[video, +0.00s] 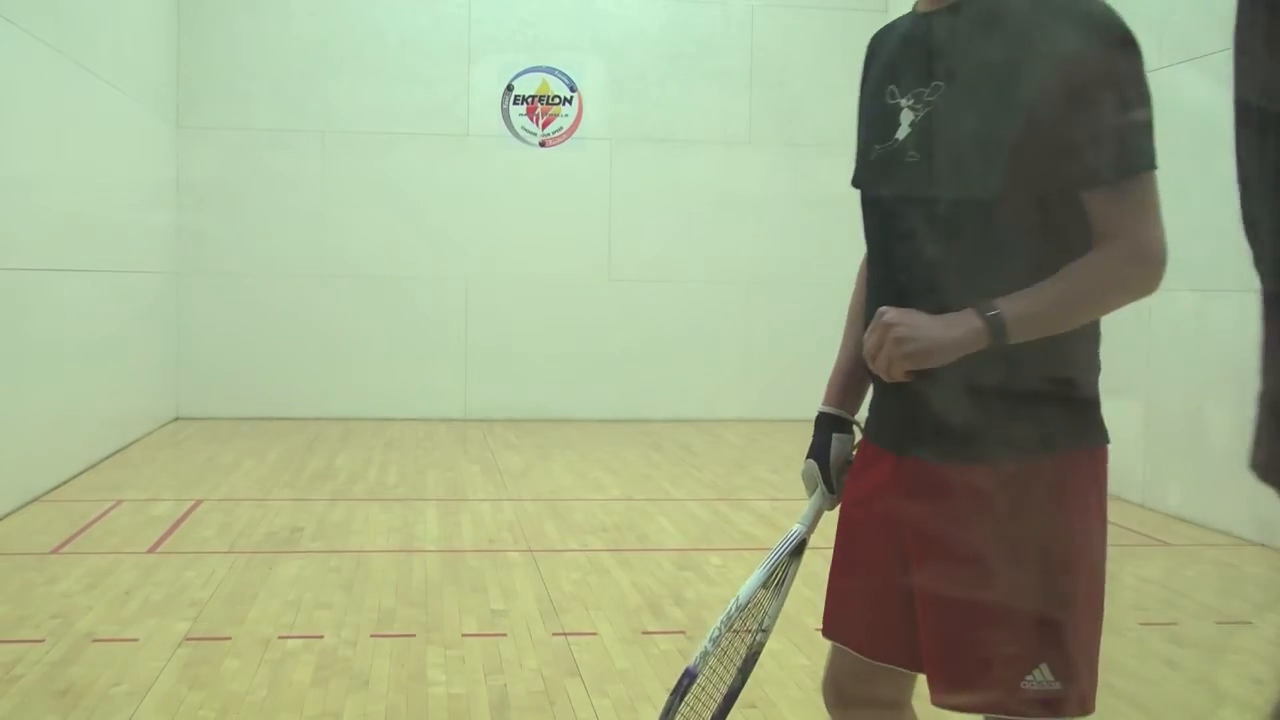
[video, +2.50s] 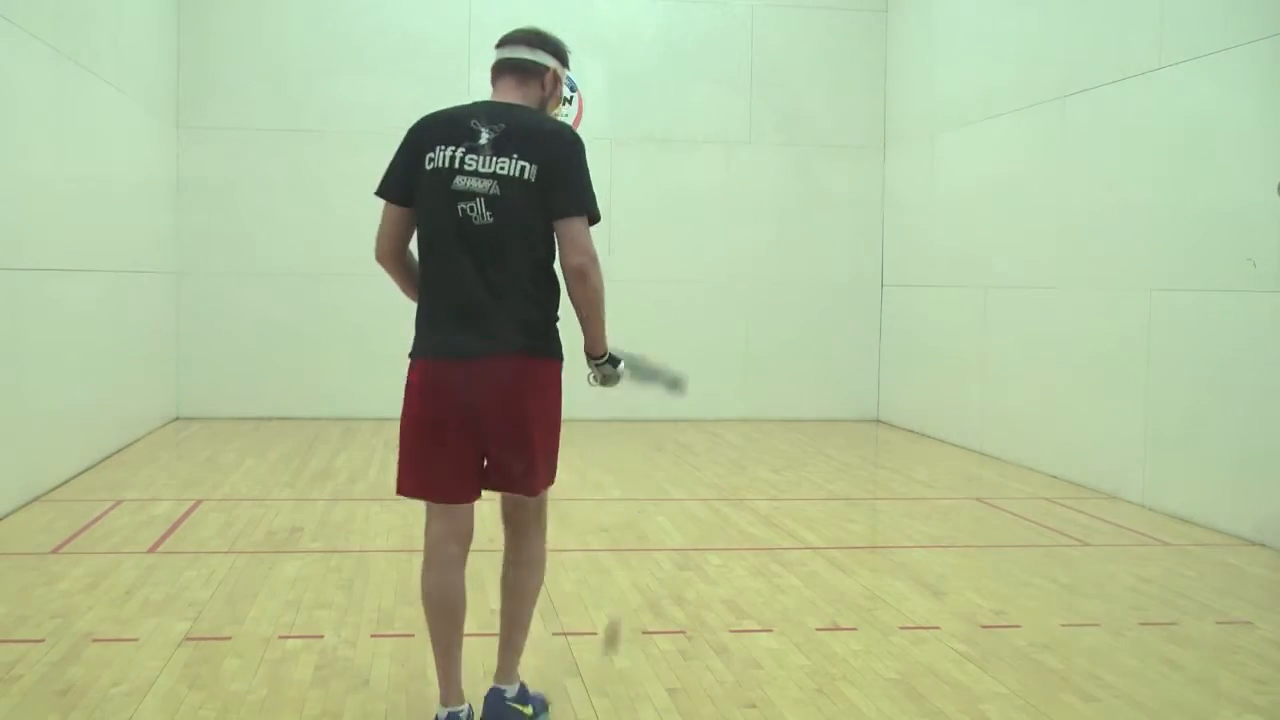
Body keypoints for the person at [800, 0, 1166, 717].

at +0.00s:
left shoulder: (1080, 36)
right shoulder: (891, 50)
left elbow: (1136, 256)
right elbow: (889, 254)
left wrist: (970, 328)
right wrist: (836, 412)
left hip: (1028, 444)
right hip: (903, 434)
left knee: (1031, 707)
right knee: (859, 691)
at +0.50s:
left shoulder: (941, 53)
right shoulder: (779, 82)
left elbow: (1029, 228)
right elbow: (782, 251)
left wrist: (884, 299)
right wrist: (739, 397)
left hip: (910, 414)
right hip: (816, 413)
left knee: (829, 691)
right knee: (882, 685)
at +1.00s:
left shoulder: (757, 73)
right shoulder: (668, 74)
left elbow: (831, 259)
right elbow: (680, 254)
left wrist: (675, 343)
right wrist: (624, 379)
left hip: (719, 410)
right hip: (666, 404)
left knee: (649, 666)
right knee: (680, 653)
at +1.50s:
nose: (512, 9)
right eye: (517, 1)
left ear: (539, 5)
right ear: (603, 9)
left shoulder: (578, 83)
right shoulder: (647, 91)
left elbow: (566, 247)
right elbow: (629, 274)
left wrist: (452, 300)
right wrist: (540, 405)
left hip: (576, 406)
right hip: (623, 399)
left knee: (570, 632)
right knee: (561, 620)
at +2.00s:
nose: (563, 42)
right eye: (571, 33)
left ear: (504, 33)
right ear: (577, 42)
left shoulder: (450, 114)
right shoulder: (612, 121)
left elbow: (406, 252)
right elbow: (650, 265)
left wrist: (456, 209)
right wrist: (652, 374)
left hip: (474, 383)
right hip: (575, 384)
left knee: (447, 570)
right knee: (553, 599)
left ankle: (426, 714)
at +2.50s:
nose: (560, 96)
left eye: (557, 86)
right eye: (562, 86)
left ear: (493, 75)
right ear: (551, 81)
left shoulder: (430, 130)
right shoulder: (556, 141)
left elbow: (389, 247)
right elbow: (578, 261)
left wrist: (437, 299)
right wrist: (598, 348)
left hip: (439, 364)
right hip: (522, 368)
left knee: (445, 537)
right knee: (525, 525)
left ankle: (451, 704)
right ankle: (505, 686)